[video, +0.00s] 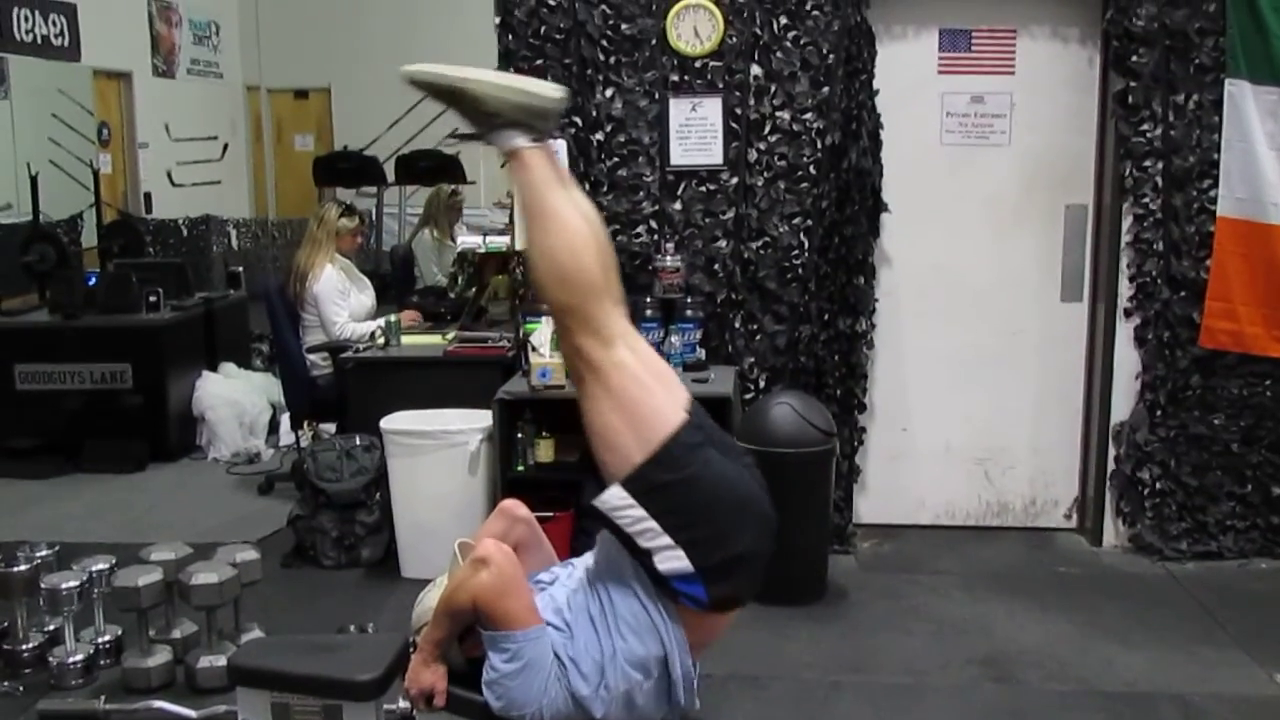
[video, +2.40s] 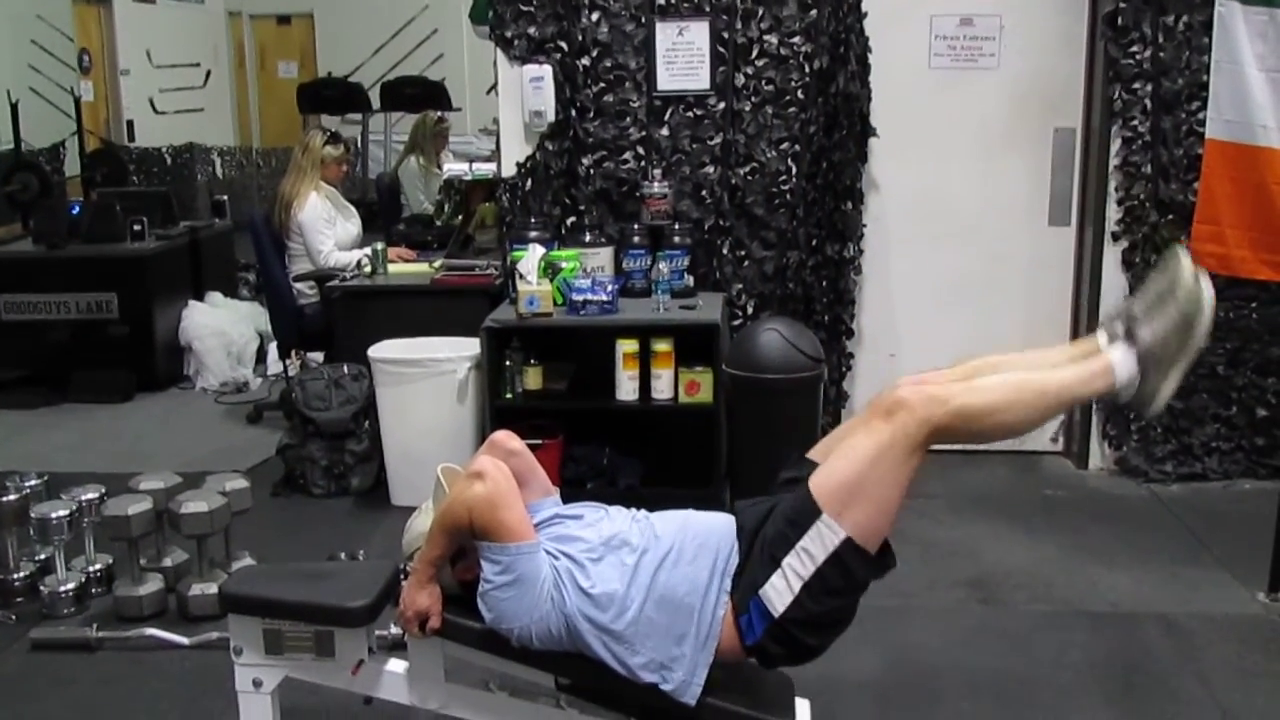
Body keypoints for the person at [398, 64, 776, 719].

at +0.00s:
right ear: (476, 639)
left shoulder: (555, 606)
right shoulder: (529, 683)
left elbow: (514, 517)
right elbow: (488, 565)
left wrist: (440, 635)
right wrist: (435, 644)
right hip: (706, 556)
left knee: (600, 334)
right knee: (593, 338)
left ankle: (540, 146)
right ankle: (520, 142)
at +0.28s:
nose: (478, 560)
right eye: (473, 581)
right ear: (475, 641)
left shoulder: (557, 608)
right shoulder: (526, 680)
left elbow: (517, 521)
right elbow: (492, 559)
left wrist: (452, 614)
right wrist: (436, 645)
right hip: (720, 578)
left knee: (673, 346)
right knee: (664, 350)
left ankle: (647, 139)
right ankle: (641, 131)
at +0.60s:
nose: (479, 559)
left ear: (479, 629)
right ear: (479, 635)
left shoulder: (563, 607)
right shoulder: (530, 675)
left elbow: (518, 518)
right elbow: (492, 556)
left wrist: (456, 607)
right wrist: (436, 646)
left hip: (748, 580)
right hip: (742, 595)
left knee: (735, 369)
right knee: (727, 370)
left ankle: (763, 155)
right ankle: (762, 154)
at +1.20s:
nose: (488, 541)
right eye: (479, 551)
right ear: (485, 610)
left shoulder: (559, 608)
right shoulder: (525, 660)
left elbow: (517, 512)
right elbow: (489, 553)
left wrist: (465, 586)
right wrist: (434, 637)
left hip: (747, 595)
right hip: (757, 611)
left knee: (789, 382)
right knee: (793, 380)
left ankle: (871, 183)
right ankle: (873, 180)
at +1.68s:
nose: (492, 511)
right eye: (478, 511)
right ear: (481, 554)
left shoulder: (547, 565)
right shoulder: (523, 619)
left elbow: (505, 476)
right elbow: (479, 514)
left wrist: (440, 579)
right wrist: (430, 593)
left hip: (734, 550)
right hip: (753, 586)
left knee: (851, 369)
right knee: (854, 374)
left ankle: (984, 200)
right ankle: (995, 206)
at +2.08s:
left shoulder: (542, 551)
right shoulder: (514, 596)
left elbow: (505, 456)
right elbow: (470, 486)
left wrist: (435, 561)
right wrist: (425, 577)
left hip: (738, 540)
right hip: (754, 589)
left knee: (906, 395)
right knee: (907, 403)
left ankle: (1072, 267)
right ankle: (1084, 275)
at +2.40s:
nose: (511, 464)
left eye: (512, 458)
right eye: (493, 466)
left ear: (509, 501)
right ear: (478, 513)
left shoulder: (549, 537)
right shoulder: (512, 589)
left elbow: (506, 444)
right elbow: (469, 482)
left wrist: (435, 548)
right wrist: (425, 566)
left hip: (757, 533)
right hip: (760, 596)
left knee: (913, 394)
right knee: (908, 407)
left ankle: (1119, 346)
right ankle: (1125, 360)